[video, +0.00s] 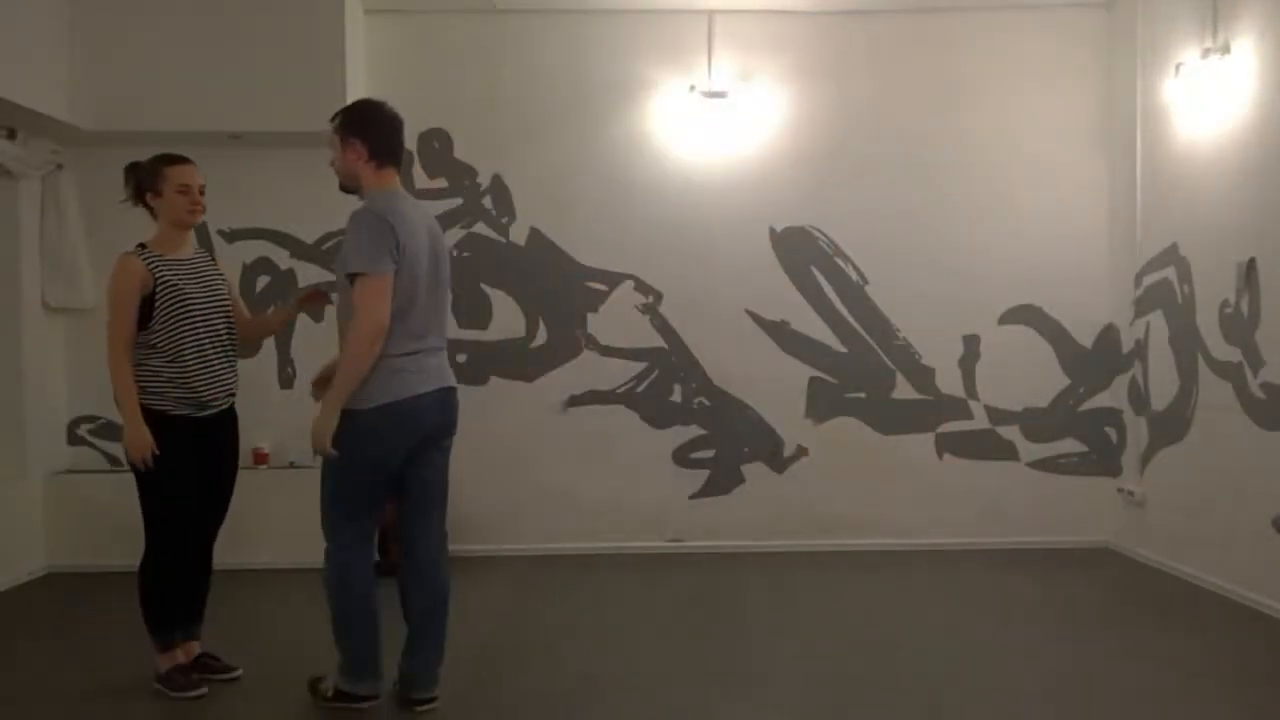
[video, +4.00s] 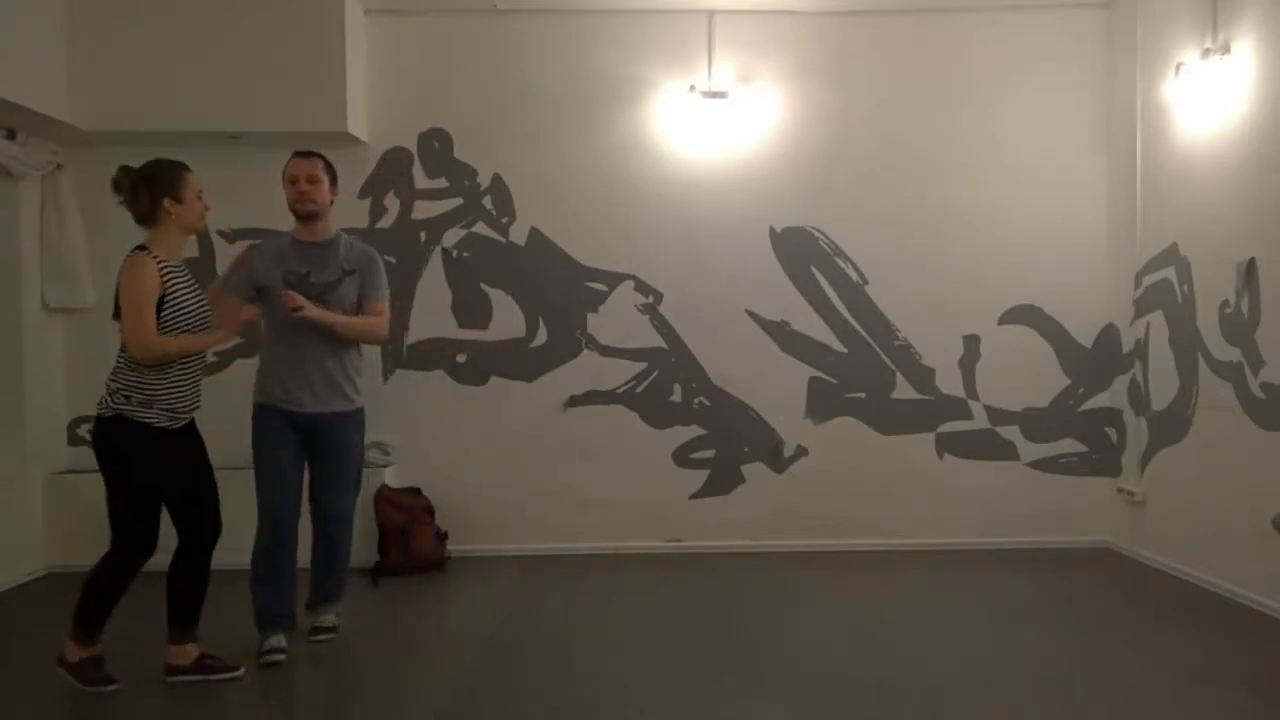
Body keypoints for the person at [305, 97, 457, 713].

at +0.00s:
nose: (332, 162)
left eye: (335, 151)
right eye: (333, 150)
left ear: (358, 151)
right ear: (388, 151)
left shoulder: (372, 220)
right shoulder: (422, 216)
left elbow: (371, 325)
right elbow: (404, 318)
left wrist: (333, 404)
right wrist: (341, 365)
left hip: (380, 405)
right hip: (434, 398)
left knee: (348, 540)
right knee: (423, 542)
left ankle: (359, 677)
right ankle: (421, 679)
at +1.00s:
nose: (299, 184)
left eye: (309, 174)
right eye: (288, 175)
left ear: (327, 181)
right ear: (276, 183)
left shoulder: (359, 249)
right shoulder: (259, 252)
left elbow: (389, 329)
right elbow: (239, 328)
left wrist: (370, 401)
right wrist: (173, 344)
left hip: (338, 414)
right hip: (275, 413)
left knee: (335, 530)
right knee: (274, 525)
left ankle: (337, 643)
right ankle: (282, 632)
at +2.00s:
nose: (369, 192)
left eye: (378, 185)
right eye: (359, 184)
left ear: (389, 195)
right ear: (343, 192)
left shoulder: (394, 265)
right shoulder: (312, 252)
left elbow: (393, 334)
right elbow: (254, 307)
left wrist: (416, 385)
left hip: (381, 403)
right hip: (324, 404)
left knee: (401, 506)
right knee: (320, 515)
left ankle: (416, 615)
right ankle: (297, 625)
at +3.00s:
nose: (407, 190)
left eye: (415, 183)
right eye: (398, 182)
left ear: (427, 194)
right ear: (382, 192)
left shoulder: (432, 263)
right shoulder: (359, 249)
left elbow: (445, 333)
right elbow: (309, 300)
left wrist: (484, 337)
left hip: (425, 401)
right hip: (372, 401)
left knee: (434, 510)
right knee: (400, 512)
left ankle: (422, 617)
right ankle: (400, 632)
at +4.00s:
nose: (302, 189)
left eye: (313, 181)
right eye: (294, 182)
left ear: (333, 191)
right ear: (284, 193)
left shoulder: (363, 258)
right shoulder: (263, 254)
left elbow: (378, 329)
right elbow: (215, 307)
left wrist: (318, 313)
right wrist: (247, 312)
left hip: (340, 409)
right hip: (277, 407)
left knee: (334, 515)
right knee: (277, 516)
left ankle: (326, 606)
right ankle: (273, 626)